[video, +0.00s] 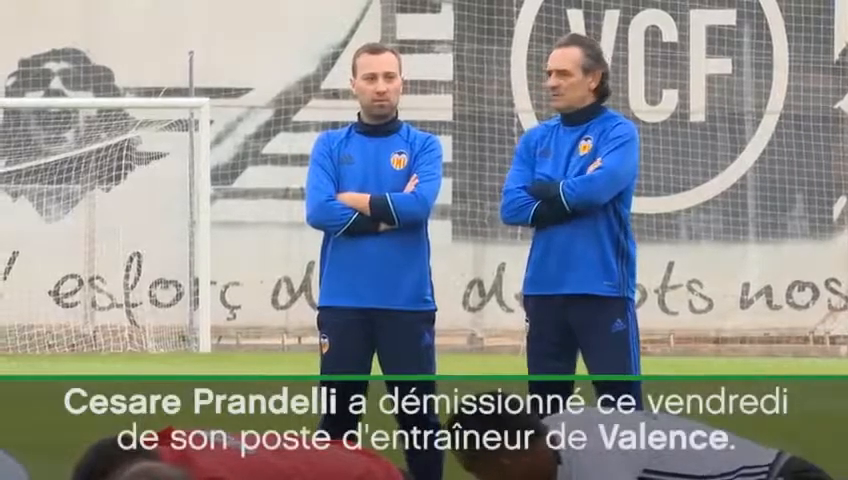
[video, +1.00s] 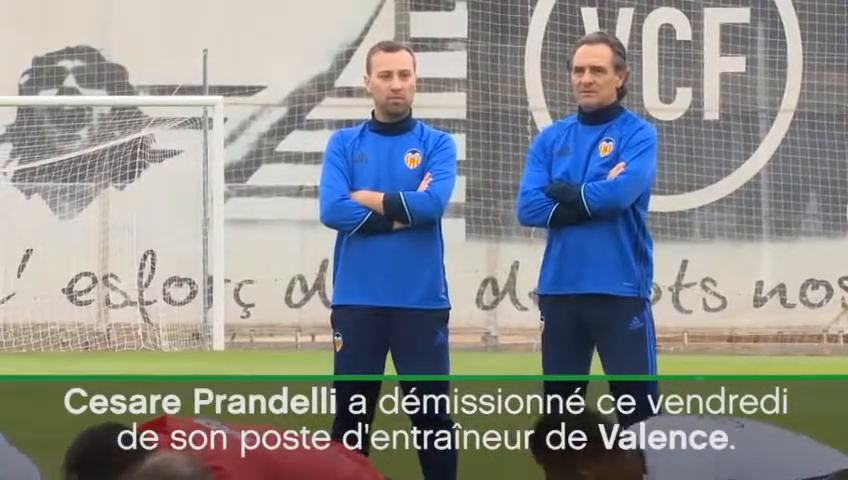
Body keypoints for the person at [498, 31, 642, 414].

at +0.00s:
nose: (551, 82)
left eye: (563, 73)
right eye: (549, 74)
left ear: (594, 80)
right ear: (545, 78)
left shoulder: (618, 130)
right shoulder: (533, 138)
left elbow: (599, 190)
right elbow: (511, 208)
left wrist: (543, 188)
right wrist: (577, 192)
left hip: (603, 292)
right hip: (544, 293)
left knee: (622, 410)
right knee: (544, 411)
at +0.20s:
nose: (563, 84)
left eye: (574, 74)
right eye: (558, 75)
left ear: (602, 80)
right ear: (553, 80)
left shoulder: (624, 130)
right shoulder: (536, 138)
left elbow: (614, 190)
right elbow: (516, 208)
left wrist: (548, 190)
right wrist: (591, 191)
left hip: (607, 293)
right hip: (546, 293)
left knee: (626, 410)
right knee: (544, 411)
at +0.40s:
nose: (577, 82)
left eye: (588, 74)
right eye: (571, 74)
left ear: (612, 80)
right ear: (563, 80)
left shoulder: (631, 131)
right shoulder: (541, 138)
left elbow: (623, 190)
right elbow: (522, 207)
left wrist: (555, 189)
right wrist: (599, 191)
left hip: (614, 292)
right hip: (551, 292)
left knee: (630, 408)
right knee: (548, 409)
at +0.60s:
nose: (583, 80)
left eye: (595, 71)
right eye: (576, 71)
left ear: (617, 78)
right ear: (568, 78)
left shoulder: (634, 130)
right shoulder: (543, 136)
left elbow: (626, 189)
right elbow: (524, 205)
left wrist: (558, 188)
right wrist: (602, 191)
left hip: (617, 291)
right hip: (554, 291)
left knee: (633, 409)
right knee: (551, 409)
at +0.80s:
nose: (585, 79)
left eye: (596, 71)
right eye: (578, 71)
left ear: (619, 78)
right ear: (570, 78)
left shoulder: (635, 130)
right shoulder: (546, 136)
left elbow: (628, 186)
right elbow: (526, 206)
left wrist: (565, 191)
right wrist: (601, 191)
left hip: (618, 291)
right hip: (557, 291)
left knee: (635, 407)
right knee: (555, 409)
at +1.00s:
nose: (586, 79)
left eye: (597, 71)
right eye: (578, 70)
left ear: (620, 78)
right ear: (570, 77)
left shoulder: (637, 132)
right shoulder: (547, 138)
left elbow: (623, 193)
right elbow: (528, 208)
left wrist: (560, 191)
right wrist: (600, 194)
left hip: (621, 292)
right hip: (560, 292)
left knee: (636, 410)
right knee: (560, 412)